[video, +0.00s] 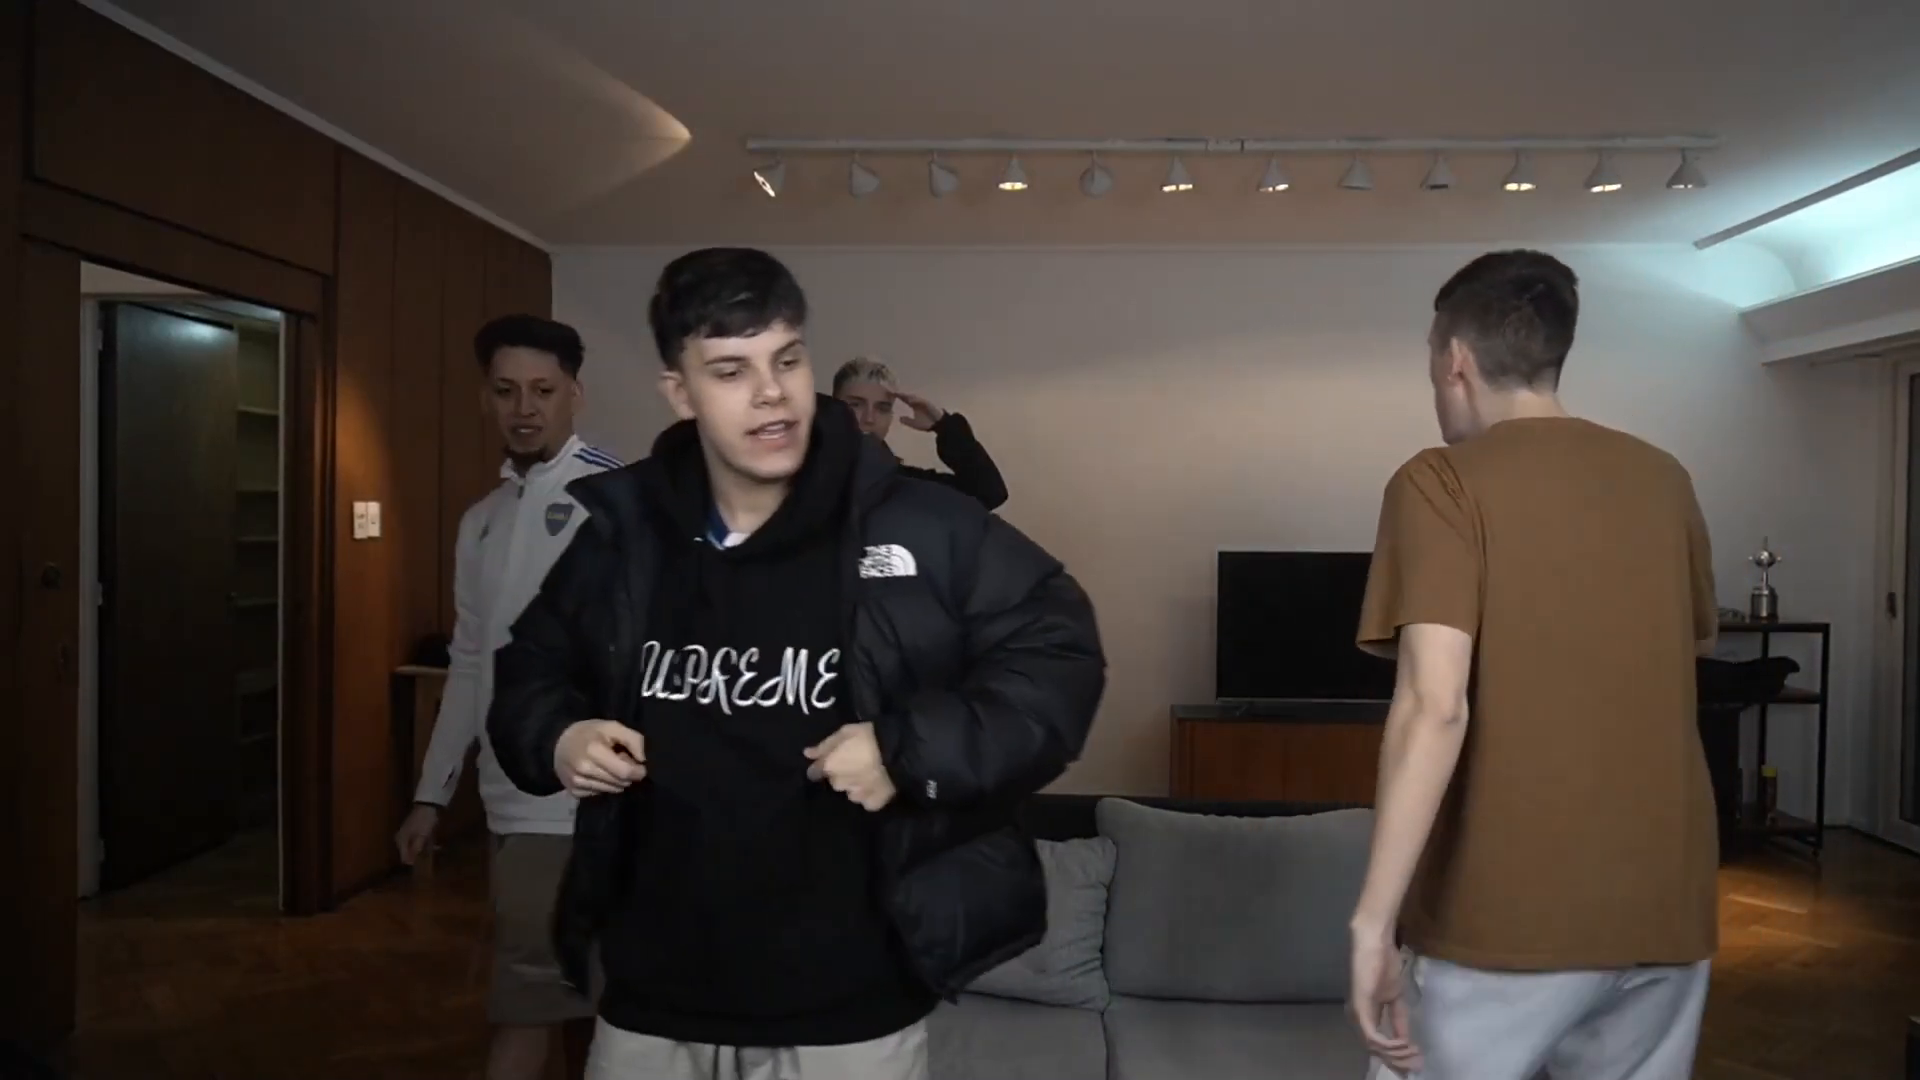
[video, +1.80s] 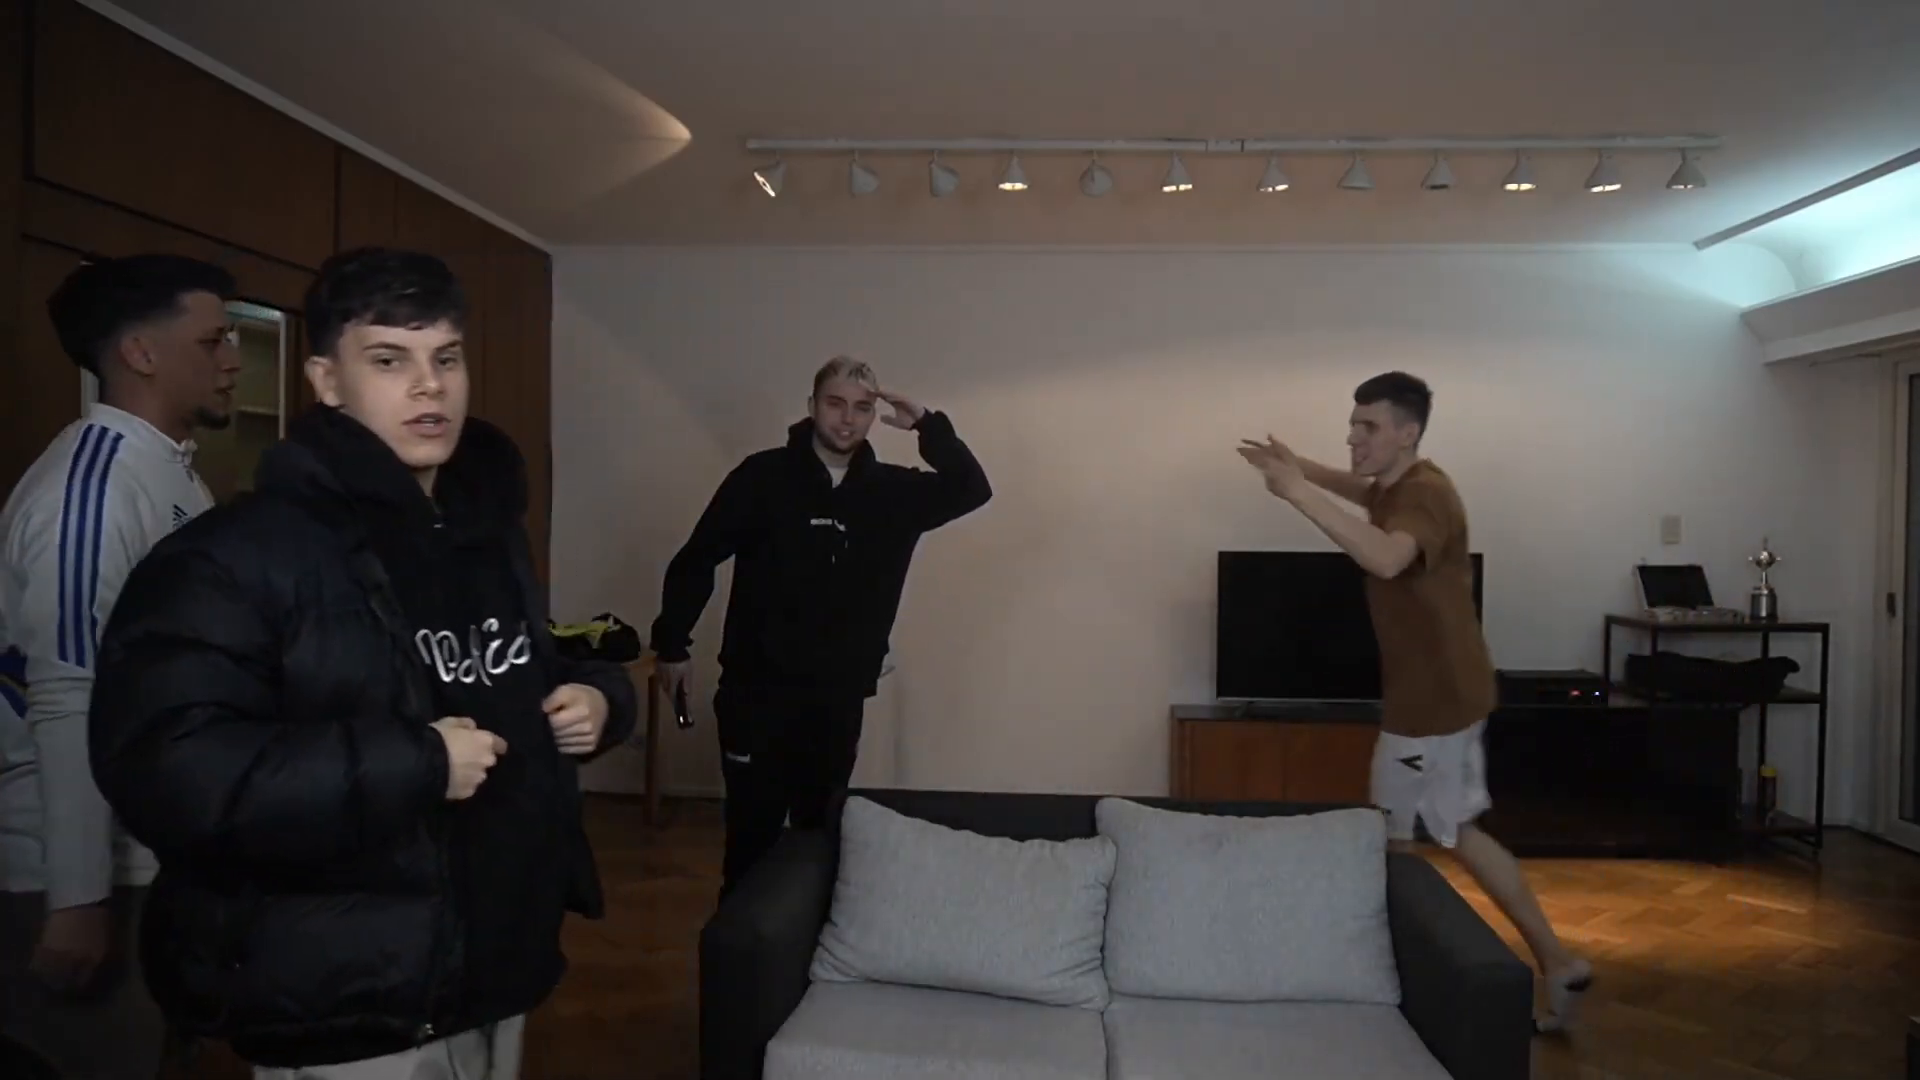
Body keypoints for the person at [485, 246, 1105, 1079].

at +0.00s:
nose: (773, 394)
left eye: (787, 361)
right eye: (732, 371)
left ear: (810, 362)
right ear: (678, 389)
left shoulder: (923, 523)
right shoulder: (625, 530)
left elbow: (1059, 657)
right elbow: (525, 674)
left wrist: (912, 749)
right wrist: (558, 737)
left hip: (851, 1003)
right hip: (656, 997)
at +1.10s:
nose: (754, 387)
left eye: (779, 358)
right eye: (720, 359)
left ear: (806, 369)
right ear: (669, 373)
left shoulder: (869, 539)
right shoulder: (561, 544)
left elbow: (958, 713)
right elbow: (431, 721)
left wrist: (943, 747)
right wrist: (603, 764)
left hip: (819, 1012)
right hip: (620, 1017)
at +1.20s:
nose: (693, 394)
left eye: (718, 365)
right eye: (658, 366)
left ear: (744, 375)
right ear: (607, 380)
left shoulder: (802, 546)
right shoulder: (499, 557)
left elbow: (872, 697)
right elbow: (375, 739)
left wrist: (893, 742)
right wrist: (576, 778)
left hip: (766, 1013)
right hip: (568, 1024)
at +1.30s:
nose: (630, 400)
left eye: (655, 372)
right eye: (594, 373)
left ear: (682, 384)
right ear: (540, 389)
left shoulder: (732, 555)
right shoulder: (433, 574)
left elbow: (809, 699)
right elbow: (322, 768)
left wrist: (827, 743)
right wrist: (542, 791)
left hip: (705, 1013)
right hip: (514, 1027)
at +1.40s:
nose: (581, 398)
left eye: (604, 369)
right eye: (542, 371)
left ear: (629, 378)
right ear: (487, 386)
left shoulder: (665, 552)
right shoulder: (385, 573)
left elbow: (723, 696)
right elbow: (280, 770)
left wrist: (768, 741)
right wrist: (511, 794)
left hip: (658, 1013)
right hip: (471, 1029)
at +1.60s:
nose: (505, 389)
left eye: (525, 360)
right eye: (465, 362)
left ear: (547, 369)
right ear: (402, 374)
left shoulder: (566, 537)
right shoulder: (307, 562)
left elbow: (620, 677)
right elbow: (221, 773)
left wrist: (673, 714)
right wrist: (463, 782)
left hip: (581, 995)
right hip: (405, 1021)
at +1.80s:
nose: (431, 389)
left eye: (447, 360)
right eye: (391, 362)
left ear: (467, 370)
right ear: (323, 378)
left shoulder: (481, 528)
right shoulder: (236, 556)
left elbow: (527, 677)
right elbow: (168, 769)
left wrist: (601, 697)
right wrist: (412, 760)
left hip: (493, 982)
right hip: (335, 1008)